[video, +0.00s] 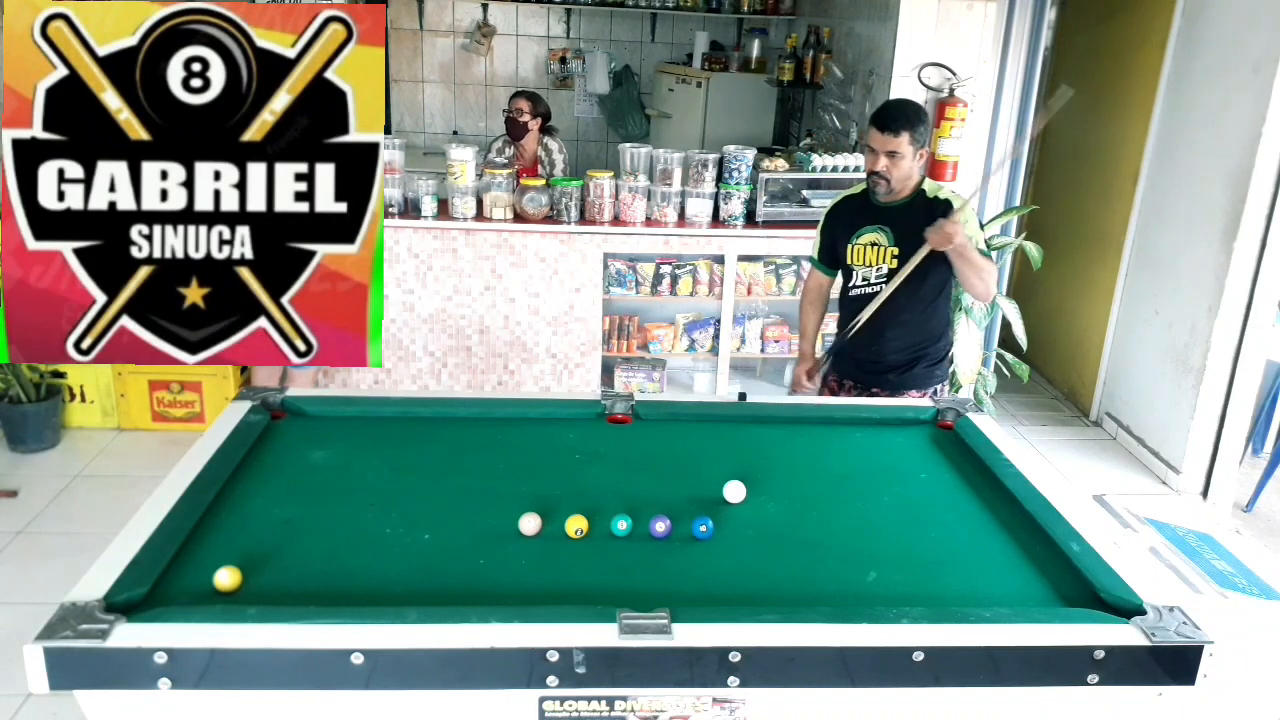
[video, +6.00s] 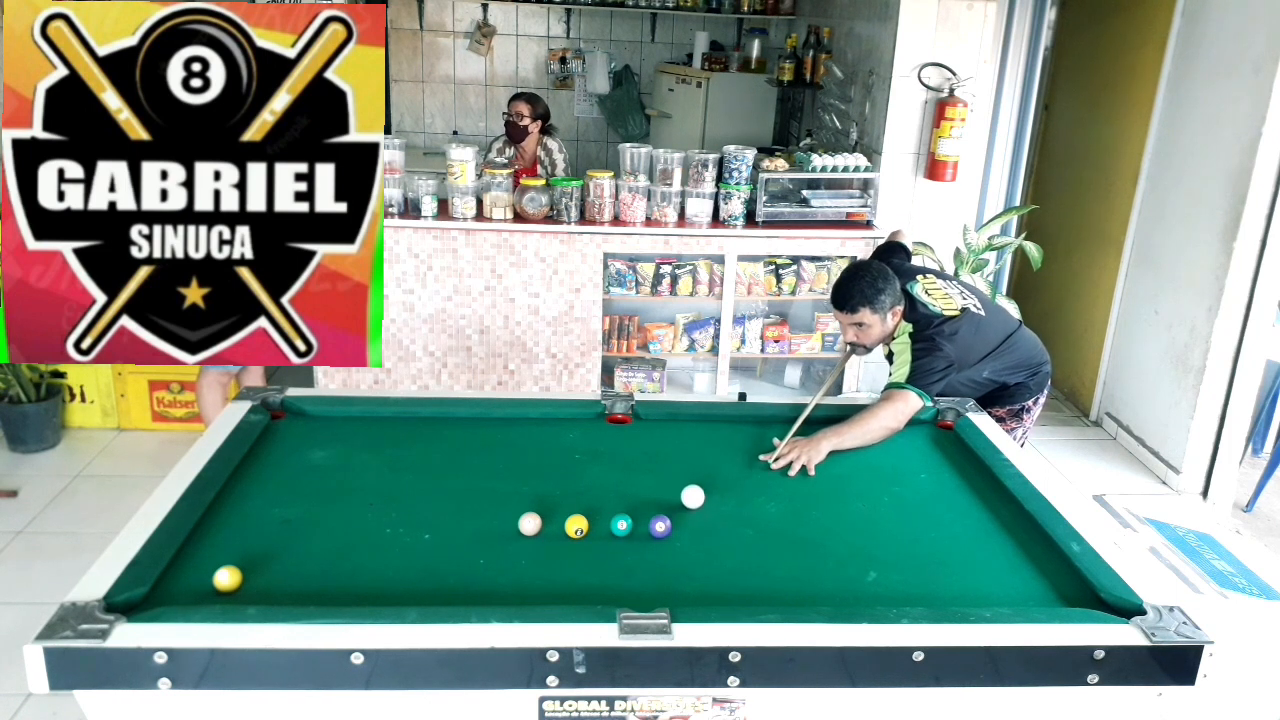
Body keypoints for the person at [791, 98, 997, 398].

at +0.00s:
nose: (877, 166)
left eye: (892, 156)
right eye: (871, 152)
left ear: (921, 158)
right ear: (863, 147)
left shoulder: (948, 212)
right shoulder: (842, 212)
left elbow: (985, 291)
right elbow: (817, 286)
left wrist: (956, 245)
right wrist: (806, 355)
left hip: (915, 388)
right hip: (846, 382)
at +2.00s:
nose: (853, 346)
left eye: (864, 337)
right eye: (846, 333)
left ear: (898, 324)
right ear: (841, 317)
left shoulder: (931, 350)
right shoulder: (893, 272)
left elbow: (898, 415)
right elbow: (907, 231)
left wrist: (828, 440)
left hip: (1026, 377)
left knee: (990, 478)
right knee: (951, 462)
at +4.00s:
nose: (844, 349)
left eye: (854, 338)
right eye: (837, 336)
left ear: (889, 326)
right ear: (833, 318)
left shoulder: (926, 351)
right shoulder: (885, 272)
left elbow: (893, 415)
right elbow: (901, 229)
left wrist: (824, 439)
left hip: (1021, 375)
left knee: (986, 475)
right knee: (946, 459)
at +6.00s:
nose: (849, 338)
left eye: (861, 327)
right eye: (842, 324)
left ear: (895, 316)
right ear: (837, 309)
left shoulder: (930, 342)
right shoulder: (894, 269)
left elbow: (894, 412)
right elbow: (897, 240)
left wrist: (823, 441)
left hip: (1020, 376)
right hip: (970, 363)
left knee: (988, 475)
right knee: (947, 459)